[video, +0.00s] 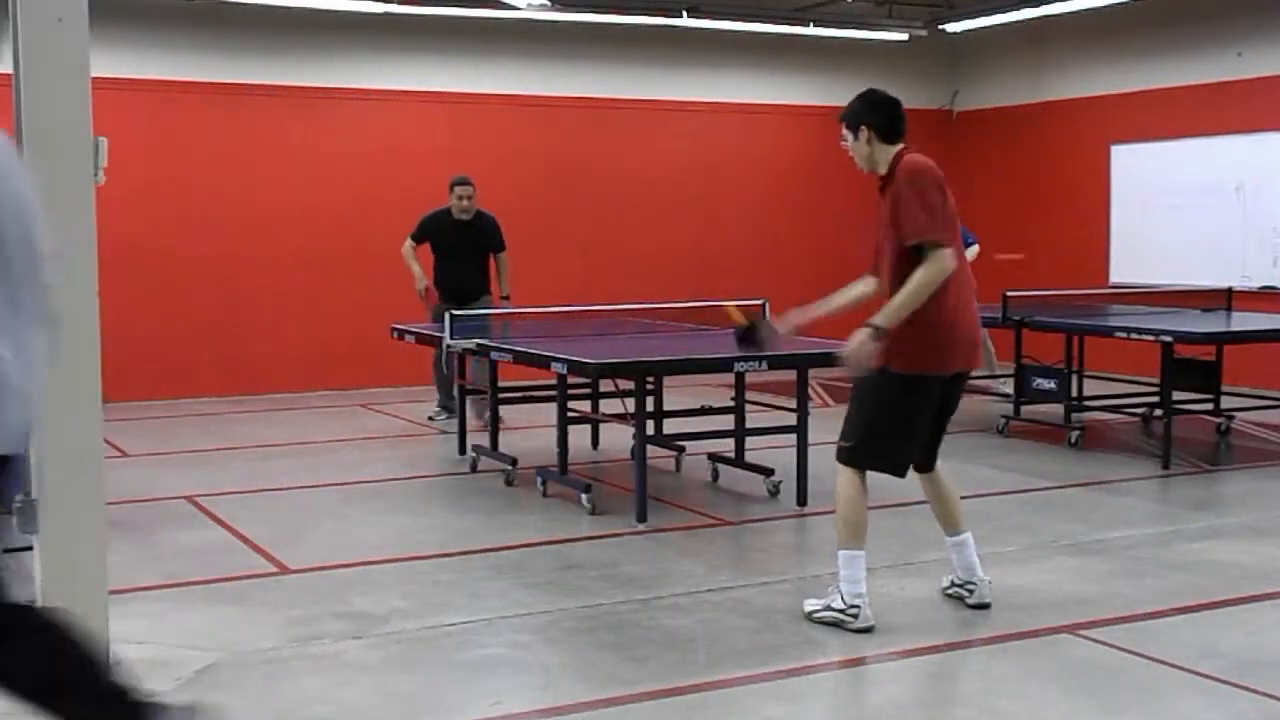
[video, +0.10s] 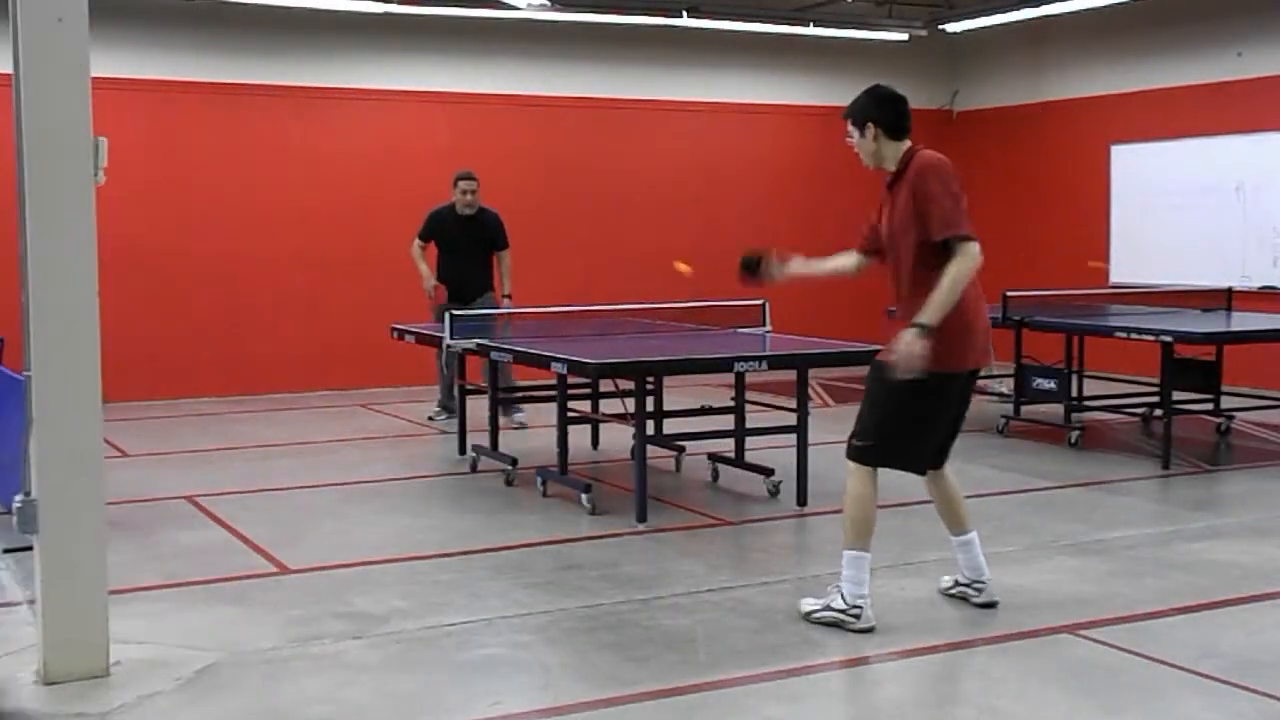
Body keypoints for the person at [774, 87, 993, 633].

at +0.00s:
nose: (849, 152)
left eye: (849, 141)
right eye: (846, 142)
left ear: (867, 134)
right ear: (885, 132)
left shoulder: (912, 172)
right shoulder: (900, 183)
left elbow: (943, 259)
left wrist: (877, 329)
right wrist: (804, 315)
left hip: (911, 351)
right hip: (951, 349)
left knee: (850, 461)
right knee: (923, 460)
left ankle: (850, 599)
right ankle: (972, 579)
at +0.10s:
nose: (852, 146)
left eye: (853, 134)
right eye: (851, 136)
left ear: (874, 131)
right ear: (885, 130)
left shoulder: (929, 169)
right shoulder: (899, 185)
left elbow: (967, 253)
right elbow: (864, 258)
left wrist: (921, 328)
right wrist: (788, 267)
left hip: (921, 348)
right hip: (950, 349)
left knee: (862, 458)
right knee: (931, 459)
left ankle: (852, 599)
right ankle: (975, 576)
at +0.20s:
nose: (860, 145)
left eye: (860, 134)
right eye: (858, 135)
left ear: (879, 130)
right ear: (895, 128)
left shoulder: (938, 171)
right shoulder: (902, 186)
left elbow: (986, 255)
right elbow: (871, 241)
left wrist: (957, 334)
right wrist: (820, 229)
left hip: (926, 347)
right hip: (946, 346)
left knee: (862, 455)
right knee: (933, 460)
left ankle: (857, 597)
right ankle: (981, 576)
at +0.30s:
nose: (866, 149)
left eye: (866, 138)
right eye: (864, 139)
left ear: (884, 134)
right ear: (903, 132)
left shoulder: (939, 177)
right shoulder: (913, 185)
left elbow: (986, 263)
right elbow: (908, 246)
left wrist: (962, 351)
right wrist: (860, 217)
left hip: (926, 349)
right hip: (947, 349)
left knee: (860, 460)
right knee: (931, 461)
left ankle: (875, 610)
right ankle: (982, 576)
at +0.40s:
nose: (869, 148)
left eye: (870, 137)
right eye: (869, 137)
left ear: (885, 139)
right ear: (917, 135)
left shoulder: (934, 186)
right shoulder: (933, 181)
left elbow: (968, 276)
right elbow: (942, 255)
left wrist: (935, 371)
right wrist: (896, 234)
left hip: (927, 362)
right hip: (957, 358)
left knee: (865, 479)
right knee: (933, 465)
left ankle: (906, 612)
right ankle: (981, 574)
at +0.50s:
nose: (870, 140)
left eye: (871, 131)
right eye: (873, 130)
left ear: (885, 135)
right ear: (926, 134)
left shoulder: (916, 183)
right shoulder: (955, 181)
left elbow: (934, 279)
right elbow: (983, 262)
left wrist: (888, 373)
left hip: (926, 371)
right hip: (969, 366)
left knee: (873, 496)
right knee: (947, 464)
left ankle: (930, 634)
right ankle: (979, 575)